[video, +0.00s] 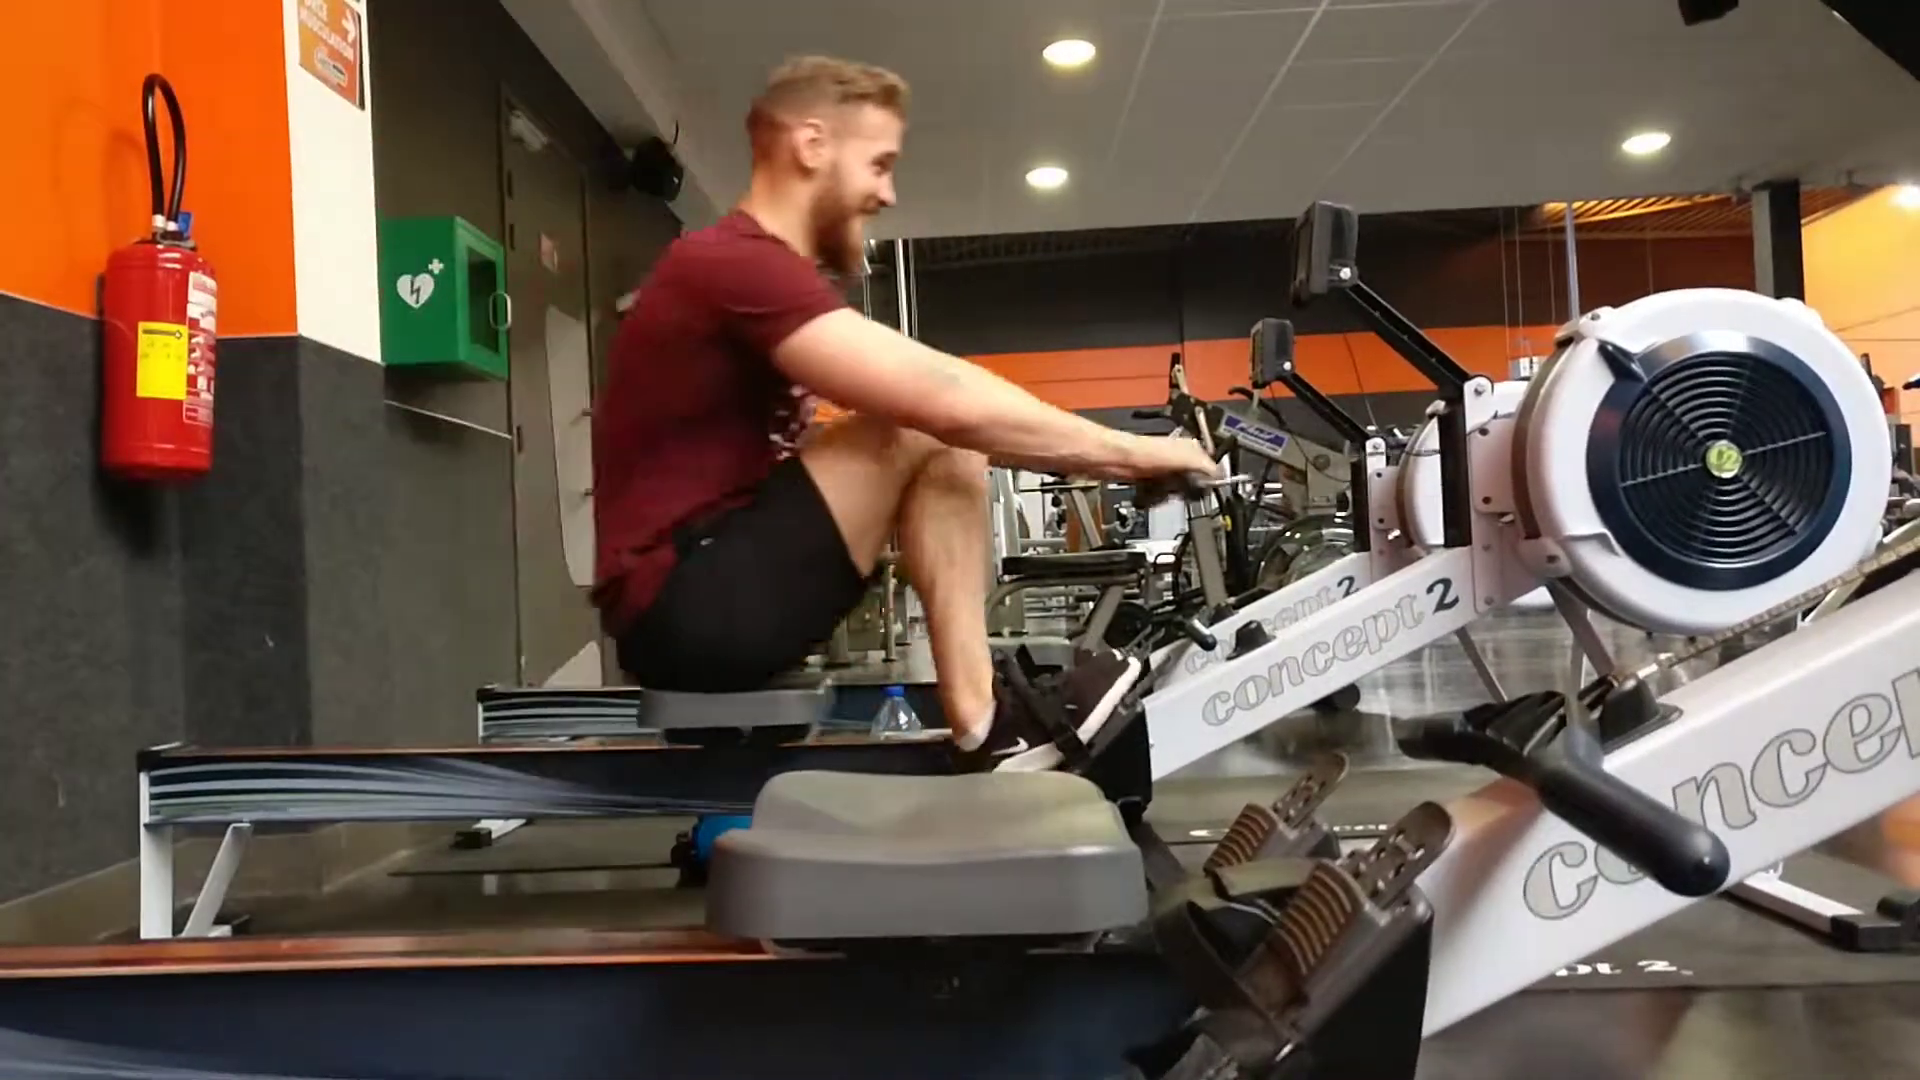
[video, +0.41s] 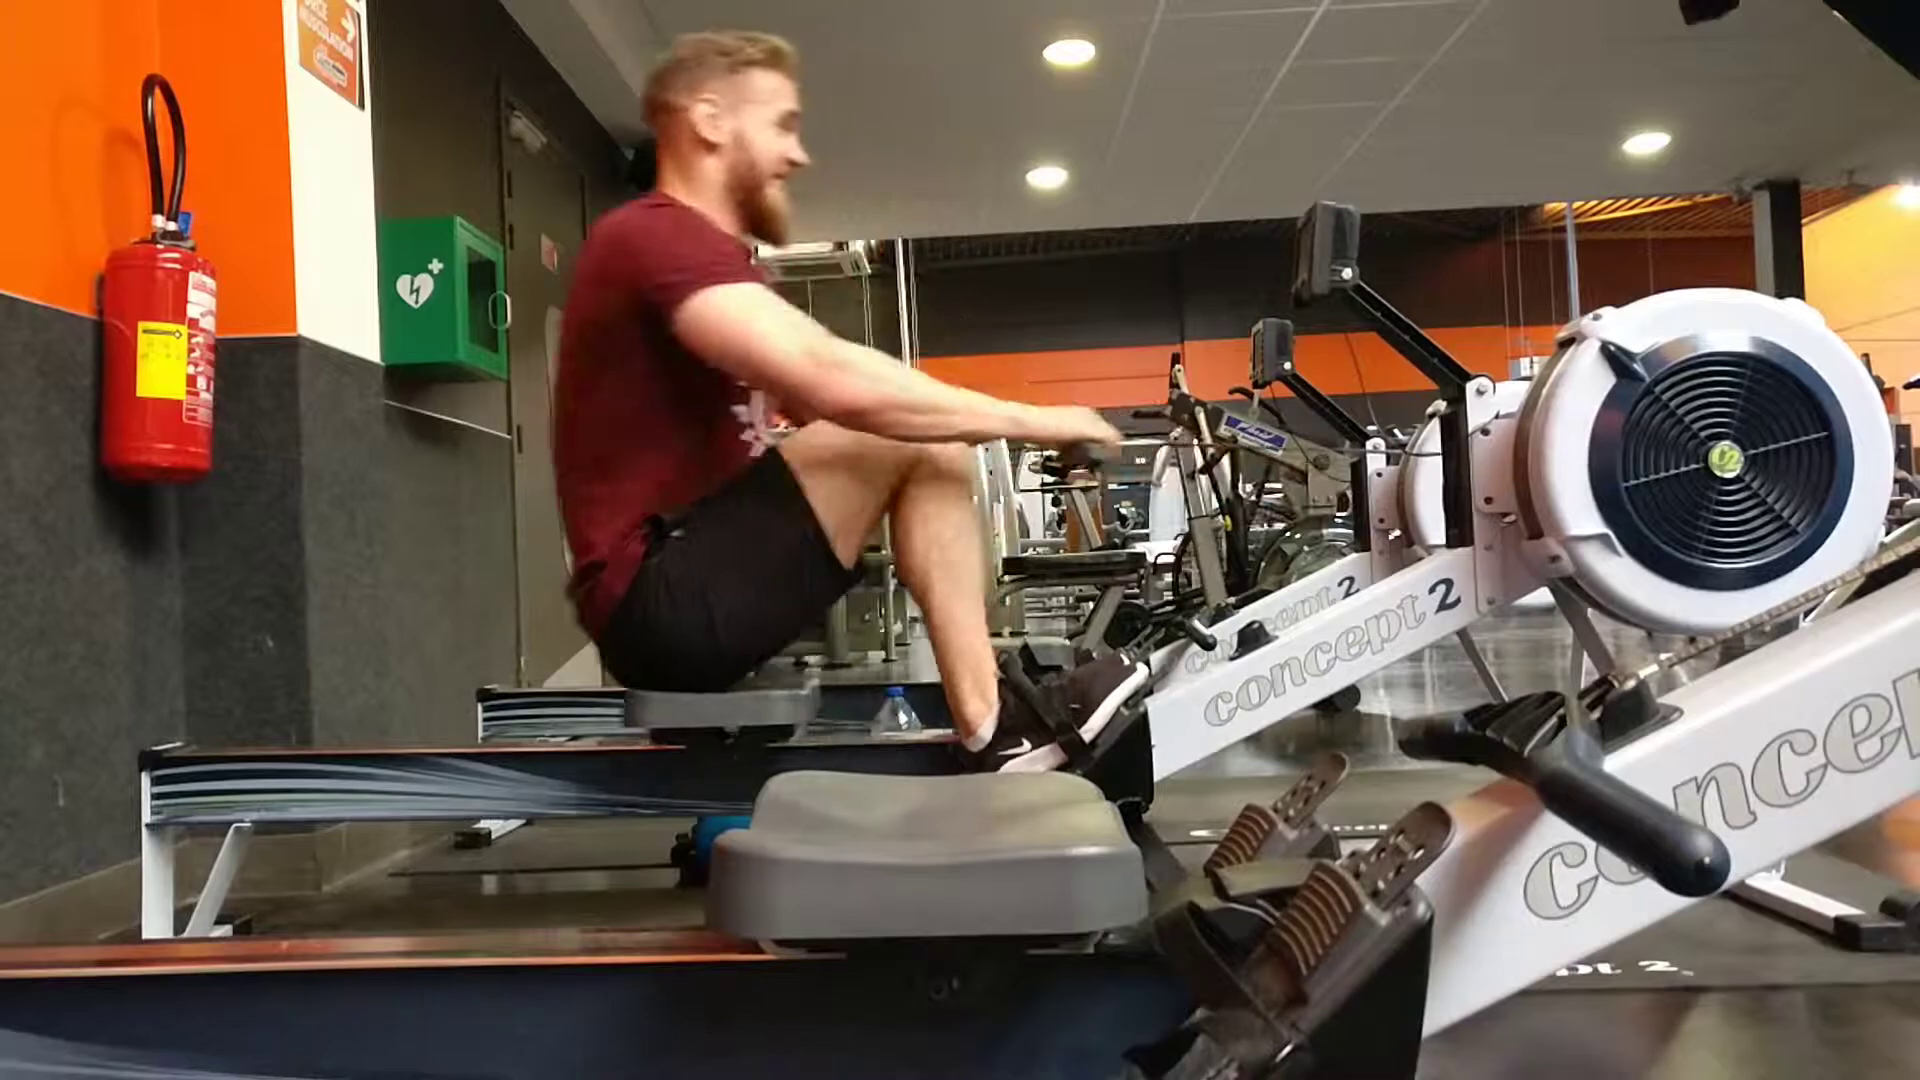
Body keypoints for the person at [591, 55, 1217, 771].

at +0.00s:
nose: (889, 194)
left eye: (892, 170)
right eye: (880, 164)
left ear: (811, 151)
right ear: (808, 146)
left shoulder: (762, 270)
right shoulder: (736, 264)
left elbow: (940, 397)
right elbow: (950, 402)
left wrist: (1118, 455)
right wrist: (1136, 452)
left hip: (702, 606)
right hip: (685, 614)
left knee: (933, 431)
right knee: (931, 433)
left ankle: (977, 715)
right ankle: (976, 727)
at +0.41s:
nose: (799, 155)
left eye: (795, 129)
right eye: (784, 125)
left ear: (711, 125)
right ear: (709, 121)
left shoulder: (687, 245)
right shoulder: (655, 235)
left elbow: (838, 379)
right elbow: (837, 387)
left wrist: (1017, 421)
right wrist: (1027, 420)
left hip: (670, 595)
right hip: (657, 605)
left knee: (921, 437)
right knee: (924, 442)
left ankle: (991, 707)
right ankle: (988, 729)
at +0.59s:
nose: (531, 163)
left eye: (531, 142)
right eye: (511, 138)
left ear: (445, 139)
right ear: (426, 131)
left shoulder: (480, 284)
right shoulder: (381, 263)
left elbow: (599, 422)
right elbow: (525, 415)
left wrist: (747, 423)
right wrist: (745, 420)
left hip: (529, 594)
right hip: (481, 611)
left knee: (793, 481)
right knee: (789, 487)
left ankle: (989, 722)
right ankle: (984, 743)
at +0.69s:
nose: (445, 189)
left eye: (447, 167)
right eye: (427, 162)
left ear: (357, 155)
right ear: (340, 150)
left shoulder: (396, 295)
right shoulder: (274, 275)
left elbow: (476, 467)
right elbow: (356, 444)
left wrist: (567, 440)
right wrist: (584, 420)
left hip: (470, 580)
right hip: (413, 605)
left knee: (749, 536)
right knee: (744, 534)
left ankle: (981, 728)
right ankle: (982, 747)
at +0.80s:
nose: (428, 206)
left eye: (433, 184)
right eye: (412, 176)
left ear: (357, 168)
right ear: (326, 156)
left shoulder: (360, 298)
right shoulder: (229, 278)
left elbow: (364, 449)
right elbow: (184, 455)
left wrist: (471, 448)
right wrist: (394, 432)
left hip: (415, 593)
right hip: (354, 611)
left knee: (708, 566)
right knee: (703, 567)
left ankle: (974, 730)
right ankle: (969, 751)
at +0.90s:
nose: (468, 212)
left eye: (476, 189)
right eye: (455, 181)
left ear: (385, 163)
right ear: (370, 158)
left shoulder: (386, 305)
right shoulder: (262, 267)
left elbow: (360, 453)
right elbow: (147, 437)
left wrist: (443, 467)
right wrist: (364, 446)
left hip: (413, 588)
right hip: (349, 607)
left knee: (706, 569)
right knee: (700, 568)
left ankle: (965, 733)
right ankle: (964, 748)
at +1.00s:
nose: (533, 207)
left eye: (539, 184)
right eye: (521, 177)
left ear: (450, 161)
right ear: (436, 152)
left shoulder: (449, 303)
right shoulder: (330, 270)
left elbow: (460, 479)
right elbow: (340, 442)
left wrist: (564, 442)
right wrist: (555, 431)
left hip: (457, 597)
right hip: (392, 612)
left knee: (735, 534)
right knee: (729, 534)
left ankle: (953, 731)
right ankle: (949, 744)